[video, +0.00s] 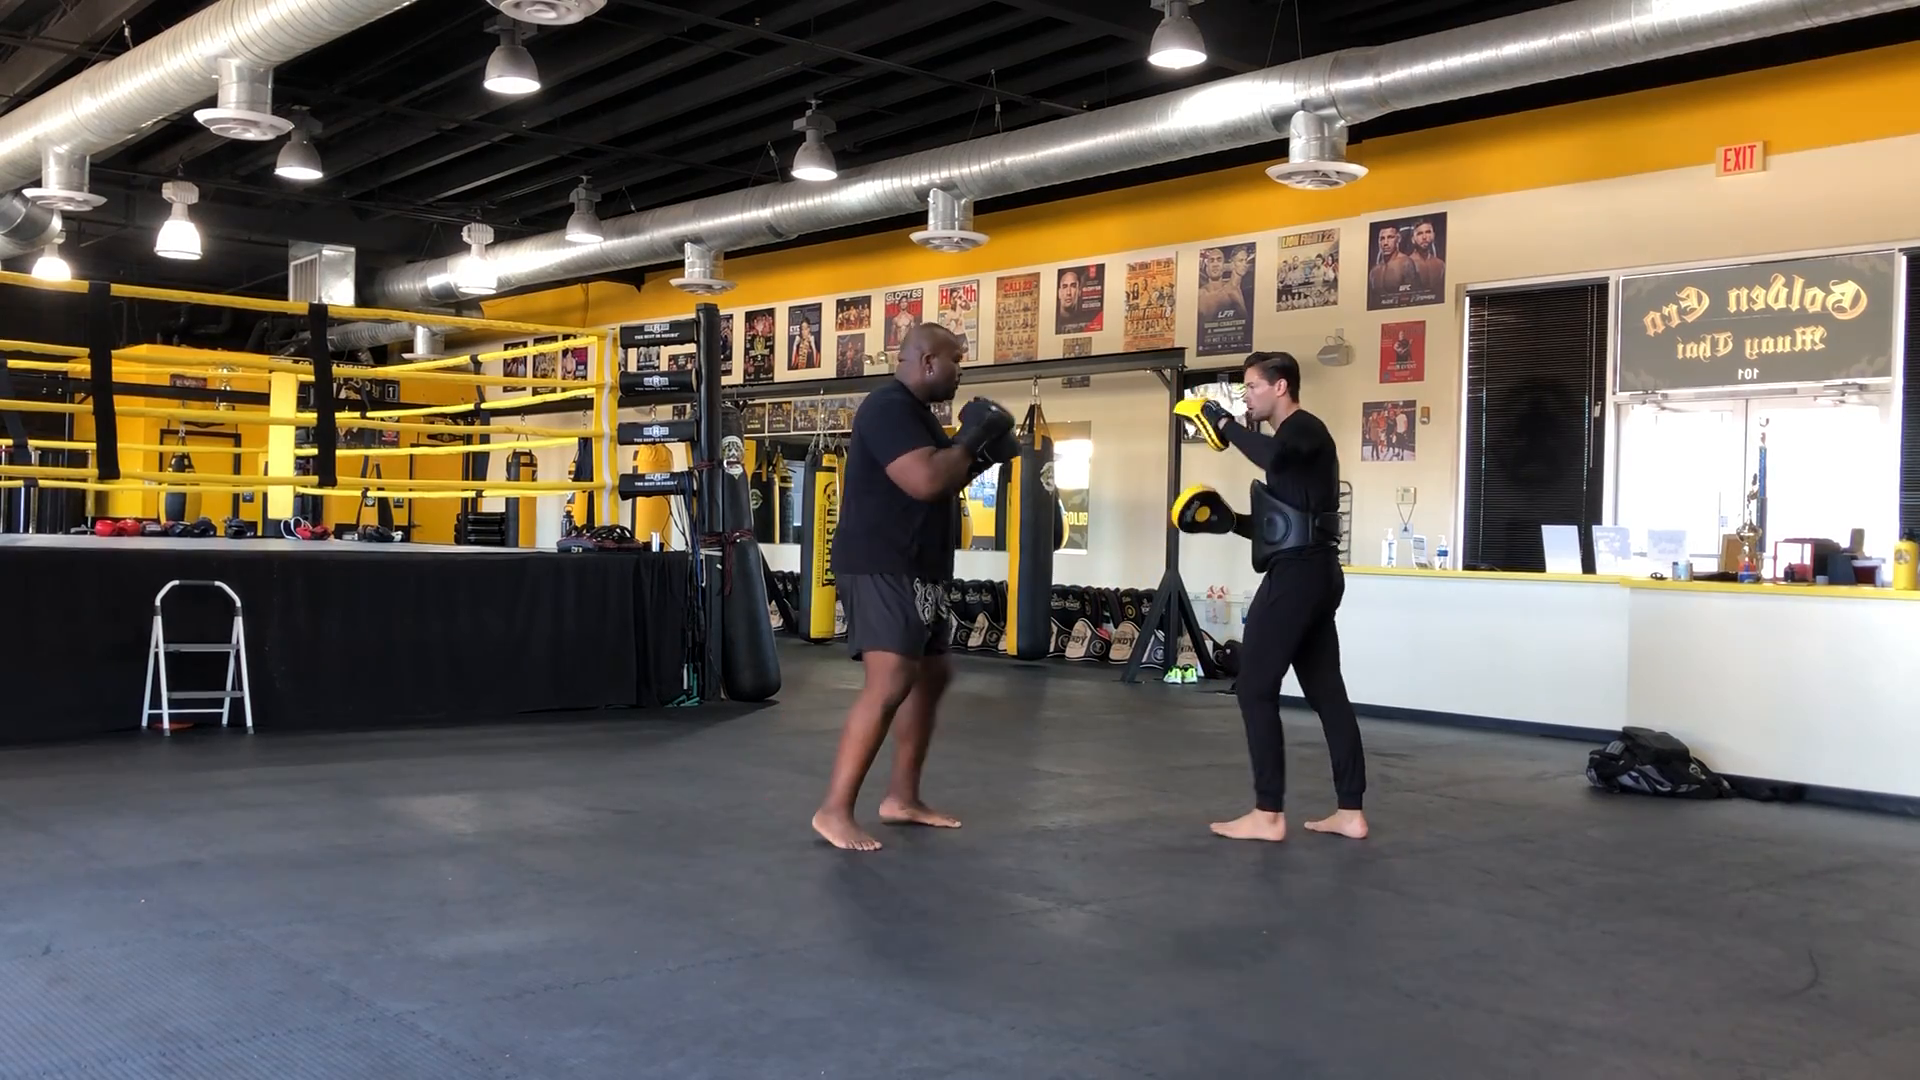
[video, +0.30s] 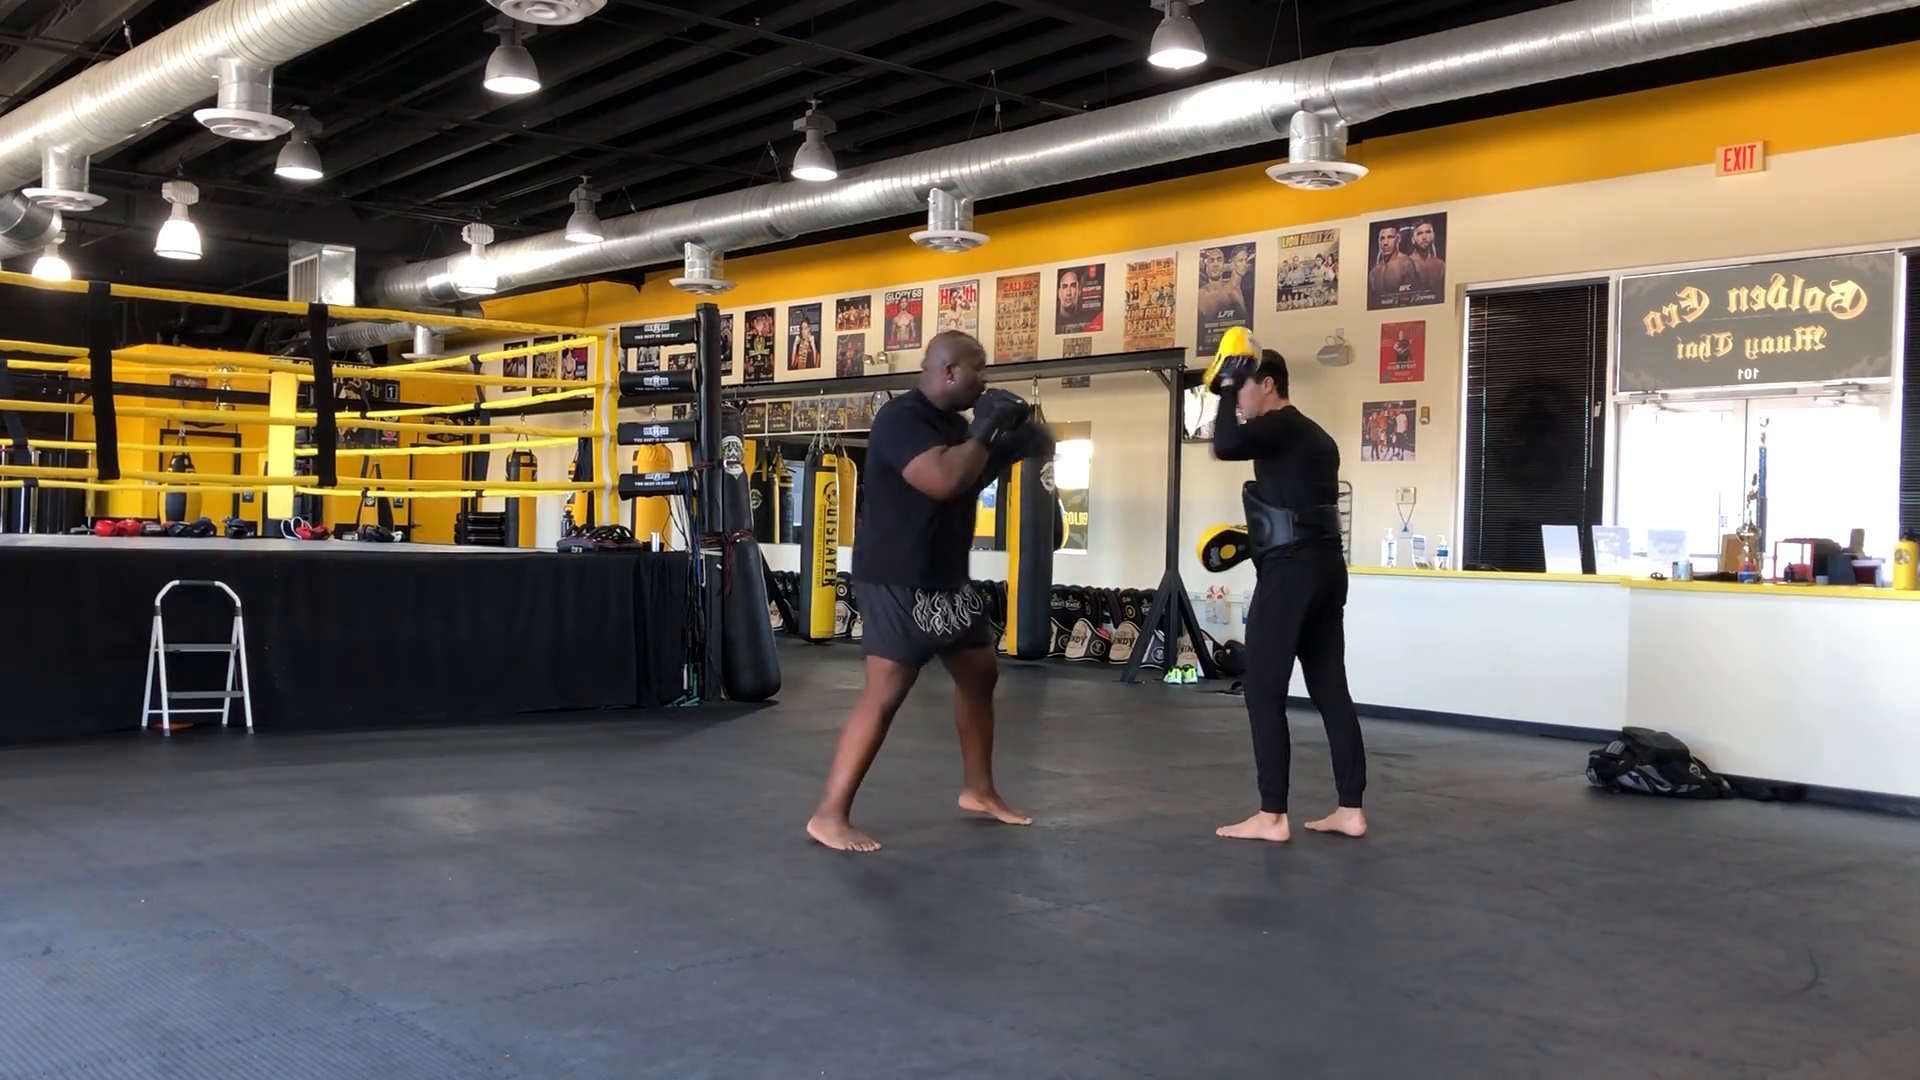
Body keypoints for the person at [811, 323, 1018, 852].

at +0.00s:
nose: (959, 375)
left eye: (960, 366)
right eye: (955, 364)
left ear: (923, 362)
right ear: (923, 360)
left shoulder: (921, 417)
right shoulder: (887, 405)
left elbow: (940, 482)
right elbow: (924, 480)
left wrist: (982, 454)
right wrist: (969, 439)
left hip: (920, 570)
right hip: (880, 568)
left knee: (932, 673)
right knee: (890, 677)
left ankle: (903, 798)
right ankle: (834, 811)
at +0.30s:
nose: (981, 385)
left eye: (982, 376)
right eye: (977, 375)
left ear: (948, 370)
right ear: (948, 370)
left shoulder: (954, 425)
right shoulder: (899, 417)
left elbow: (972, 479)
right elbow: (942, 480)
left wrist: (1013, 445)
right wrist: (985, 434)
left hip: (947, 578)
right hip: (895, 579)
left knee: (978, 674)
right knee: (884, 689)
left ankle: (978, 791)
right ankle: (829, 815)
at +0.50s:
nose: (1006, 384)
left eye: (1007, 375)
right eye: (1001, 374)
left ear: (975, 372)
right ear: (968, 372)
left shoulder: (993, 419)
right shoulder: (919, 415)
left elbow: (1042, 456)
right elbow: (945, 473)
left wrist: (1095, 442)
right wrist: (995, 431)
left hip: (968, 574)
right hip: (911, 571)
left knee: (985, 677)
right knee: (902, 678)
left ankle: (978, 796)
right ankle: (850, 805)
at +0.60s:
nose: (1014, 382)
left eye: (1015, 374)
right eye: (1009, 372)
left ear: (986, 371)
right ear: (977, 368)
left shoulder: (997, 430)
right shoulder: (924, 415)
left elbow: (1017, 495)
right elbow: (929, 483)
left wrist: (1057, 485)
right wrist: (991, 450)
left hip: (977, 576)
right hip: (917, 575)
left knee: (984, 677)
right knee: (906, 681)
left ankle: (977, 798)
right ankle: (853, 801)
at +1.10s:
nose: (993, 379)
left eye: (992, 370)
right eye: (988, 369)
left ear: (958, 365)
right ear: (958, 365)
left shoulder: (957, 424)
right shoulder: (920, 412)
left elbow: (985, 484)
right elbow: (955, 491)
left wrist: (1002, 463)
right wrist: (994, 456)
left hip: (956, 573)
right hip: (908, 573)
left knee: (972, 678)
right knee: (888, 684)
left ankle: (993, 793)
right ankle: (847, 807)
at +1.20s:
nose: (1001, 380)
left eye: (1000, 371)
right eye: (995, 370)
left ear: (966, 369)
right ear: (967, 370)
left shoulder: (964, 427)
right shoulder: (924, 417)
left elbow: (980, 484)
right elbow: (953, 492)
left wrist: (1011, 488)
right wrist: (999, 459)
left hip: (959, 579)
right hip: (914, 578)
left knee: (969, 684)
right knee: (889, 688)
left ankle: (995, 796)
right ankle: (848, 807)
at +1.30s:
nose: (1012, 384)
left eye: (1011, 373)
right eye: (1006, 373)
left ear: (977, 369)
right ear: (977, 369)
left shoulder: (978, 428)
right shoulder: (935, 416)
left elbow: (985, 485)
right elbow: (955, 491)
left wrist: (1020, 475)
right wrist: (1008, 467)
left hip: (973, 578)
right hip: (923, 579)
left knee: (979, 684)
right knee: (902, 686)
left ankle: (997, 798)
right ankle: (849, 805)